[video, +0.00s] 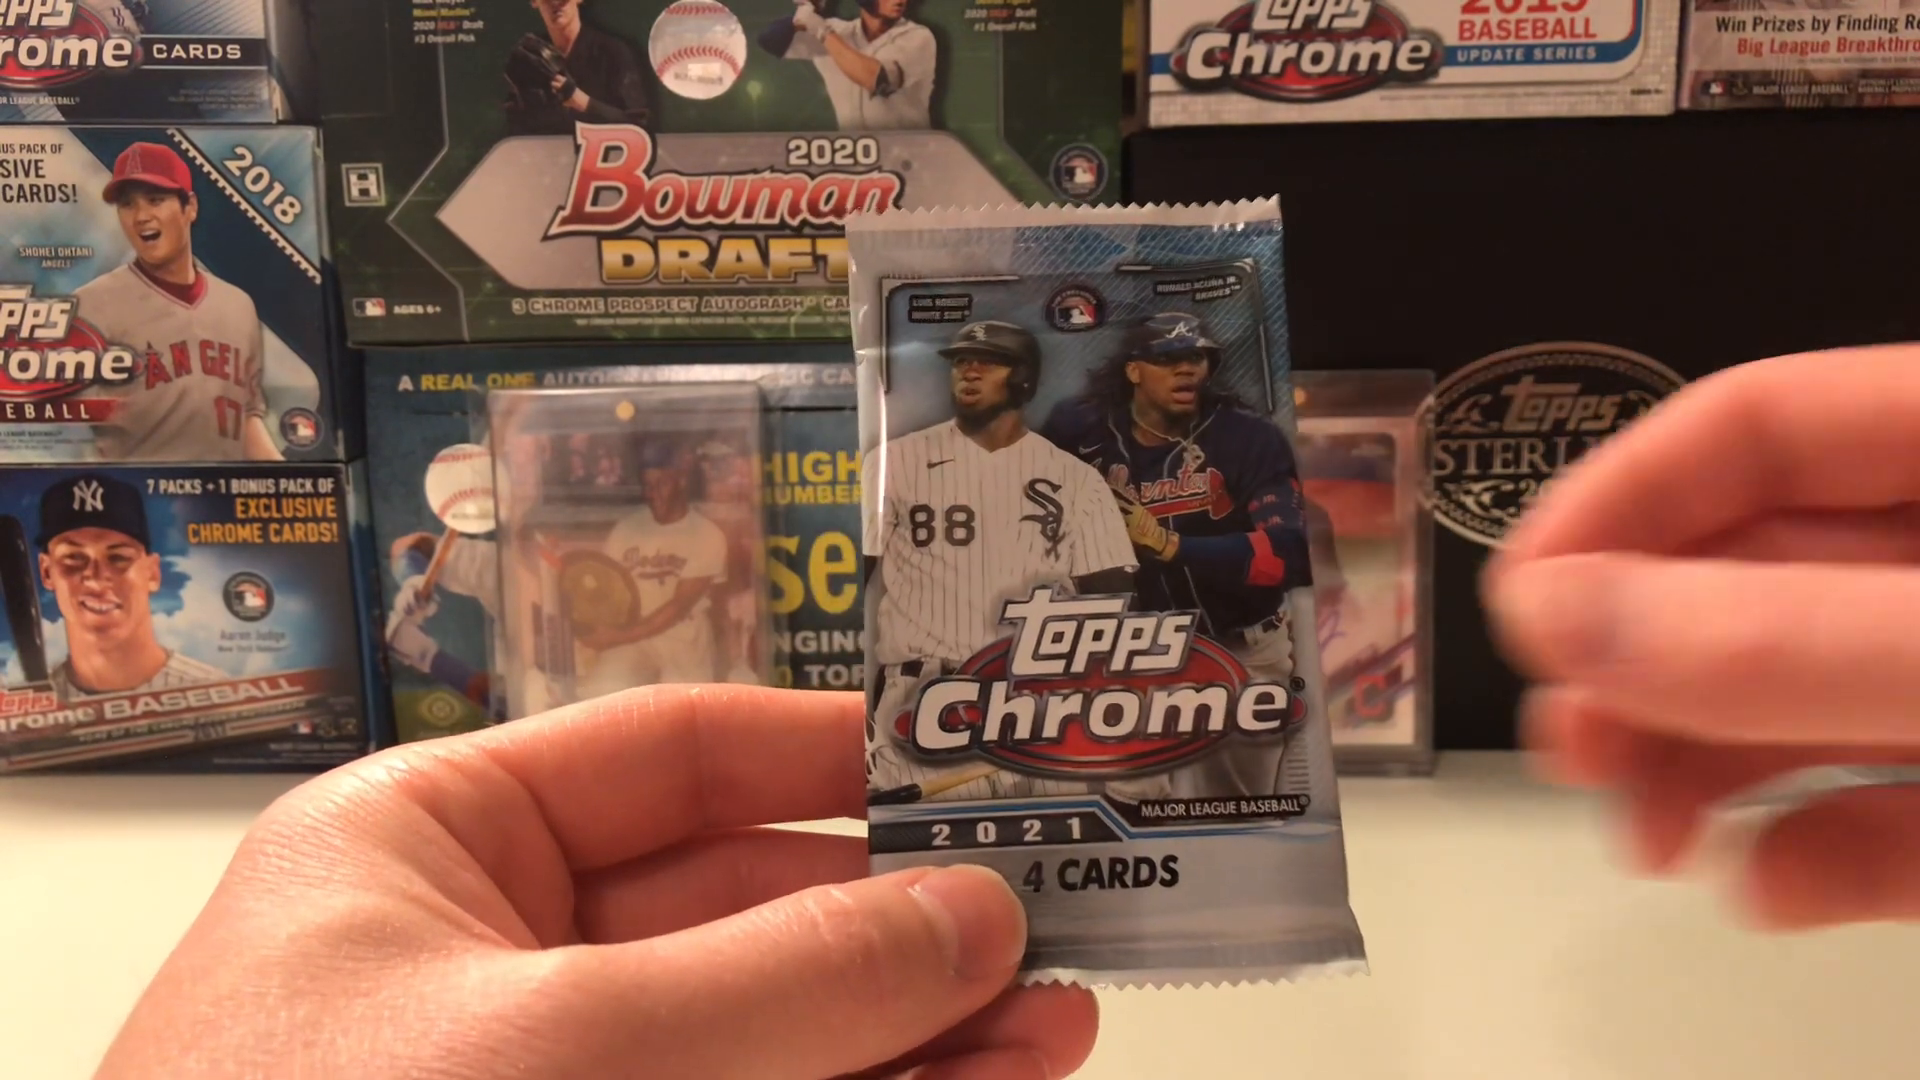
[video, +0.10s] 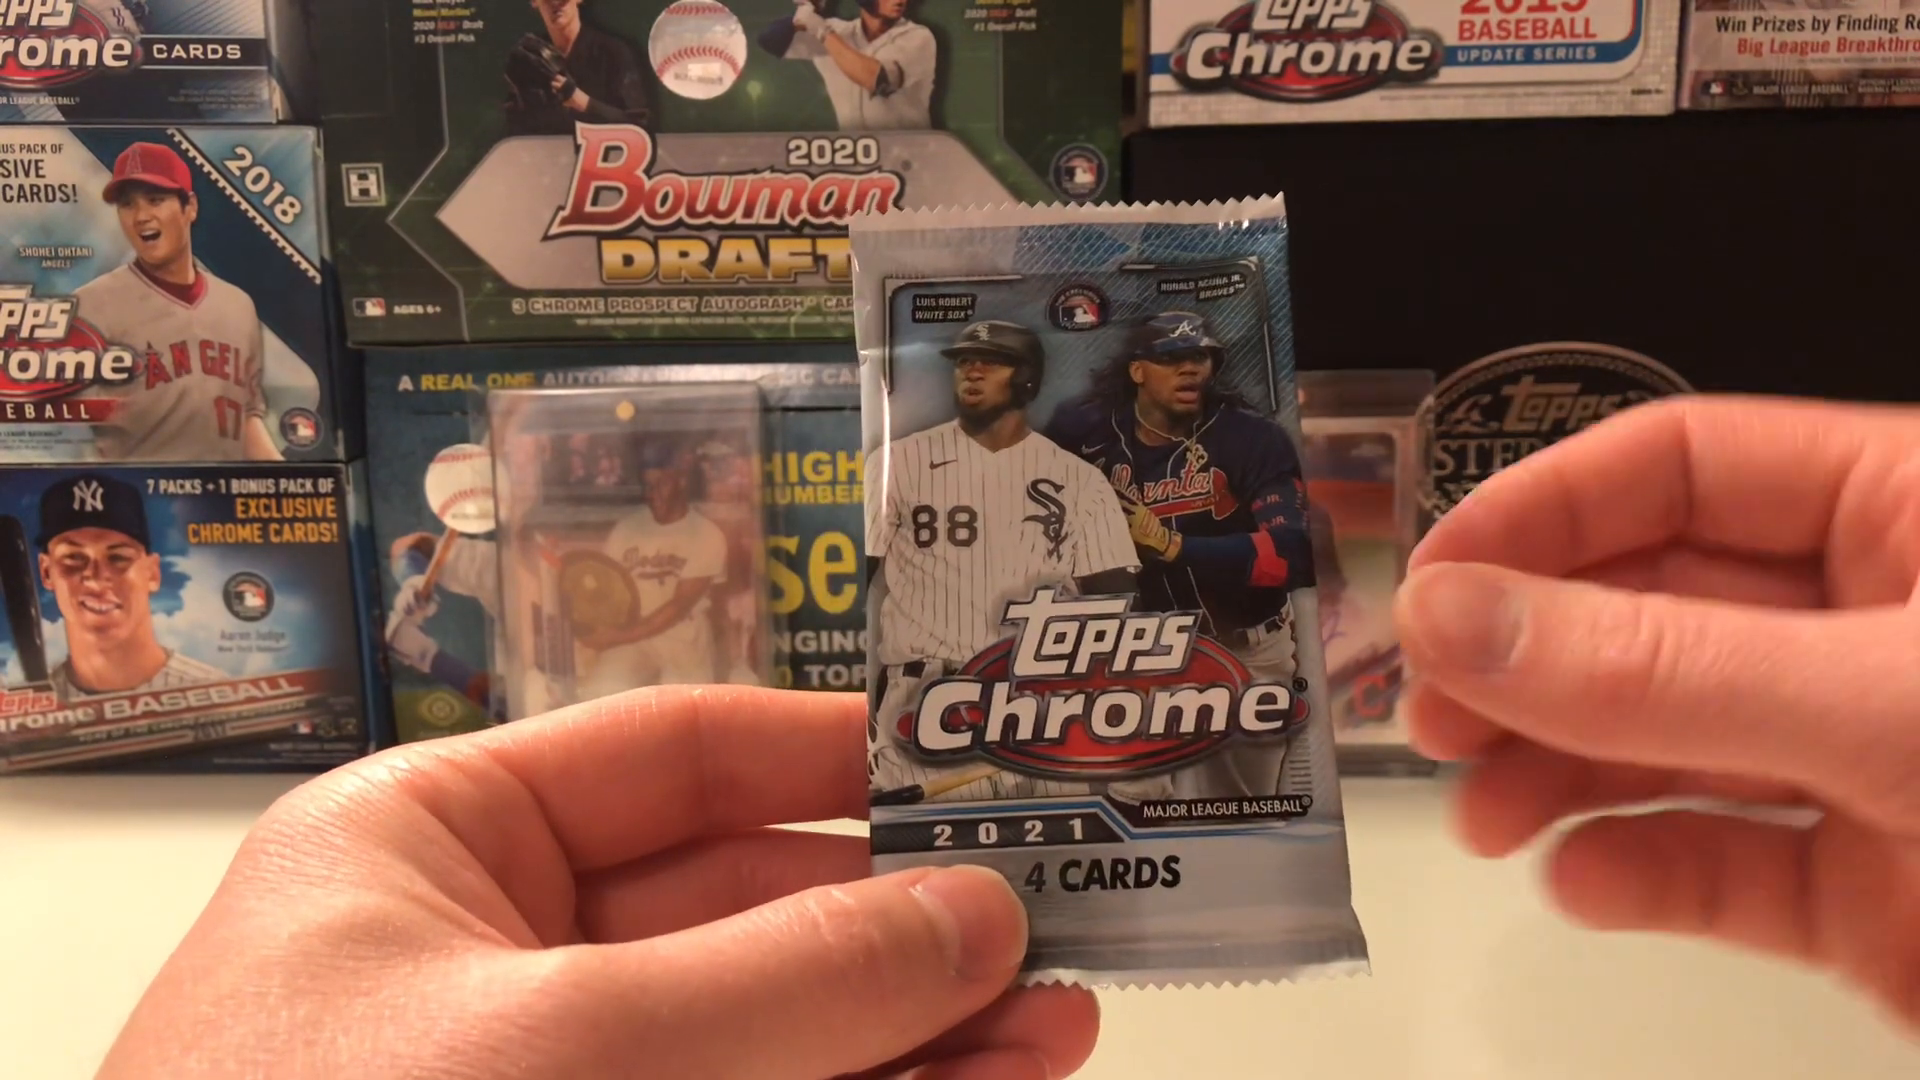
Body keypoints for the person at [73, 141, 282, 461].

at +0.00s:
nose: (142, 216)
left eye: (156, 199)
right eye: (128, 203)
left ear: (189, 209)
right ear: (118, 216)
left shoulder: (239, 306)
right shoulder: (90, 307)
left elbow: (248, 414)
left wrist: (284, 482)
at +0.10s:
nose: (142, 216)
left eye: (157, 199)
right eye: (128, 203)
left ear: (189, 209)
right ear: (118, 216)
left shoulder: (239, 306)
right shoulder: (90, 307)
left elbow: (248, 414)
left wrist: (283, 483)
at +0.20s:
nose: (142, 217)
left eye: (156, 200)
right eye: (128, 204)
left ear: (189, 210)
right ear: (118, 217)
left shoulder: (238, 307)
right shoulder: (91, 307)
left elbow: (248, 415)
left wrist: (282, 483)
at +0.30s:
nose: (142, 216)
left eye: (156, 199)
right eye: (128, 203)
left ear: (189, 209)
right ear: (118, 216)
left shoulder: (238, 306)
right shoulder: (91, 306)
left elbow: (247, 414)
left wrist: (283, 483)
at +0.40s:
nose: (142, 216)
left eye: (157, 200)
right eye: (128, 203)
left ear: (190, 209)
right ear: (118, 216)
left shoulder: (239, 306)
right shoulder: (91, 307)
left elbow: (248, 414)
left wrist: (284, 483)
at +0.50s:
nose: (142, 216)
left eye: (157, 200)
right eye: (128, 204)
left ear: (189, 209)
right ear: (118, 217)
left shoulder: (239, 307)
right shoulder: (92, 306)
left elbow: (247, 414)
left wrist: (284, 484)